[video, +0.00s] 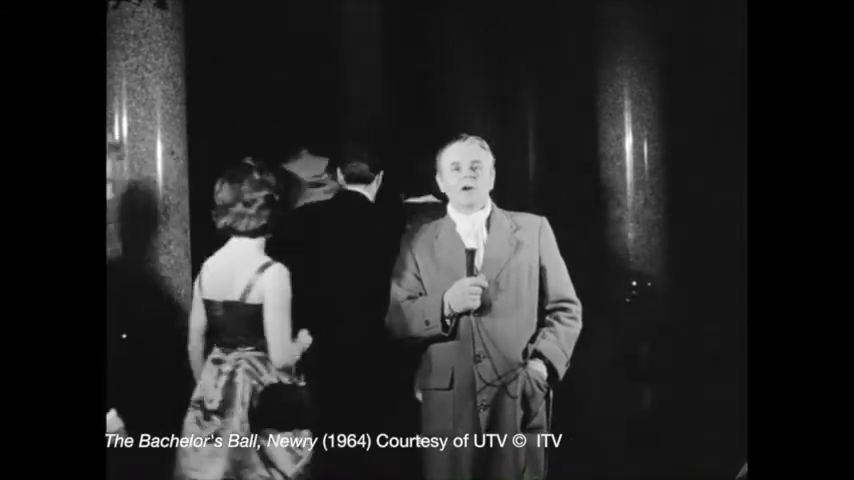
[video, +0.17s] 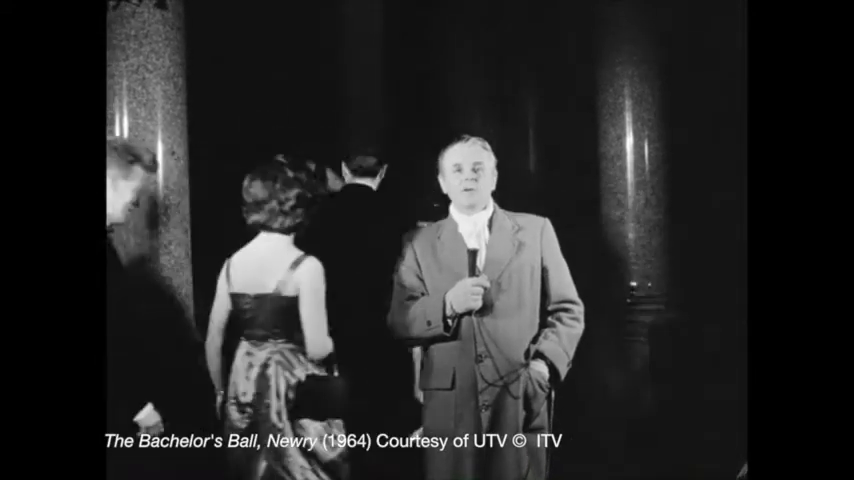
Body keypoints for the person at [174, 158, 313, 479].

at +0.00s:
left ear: (225, 211)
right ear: (273, 213)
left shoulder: (207, 269)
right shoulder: (272, 273)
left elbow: (195, 341)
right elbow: (281, 357)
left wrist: (205, 386)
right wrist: (301, 343)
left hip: (213, 390)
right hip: (259, 397)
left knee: (212, 469)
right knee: (258, 471)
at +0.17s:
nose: (309, 211)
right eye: (305, 204)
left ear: (254, 207)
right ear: (299, 210)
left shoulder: (233, 264)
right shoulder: (305, 267)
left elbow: (214, 337)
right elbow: (317, 349)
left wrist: (219, 390)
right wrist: (332, 341)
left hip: (242, 382)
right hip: (290, 385)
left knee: (247, 463)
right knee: (293, 465)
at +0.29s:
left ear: (270, 207)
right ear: (316, 207)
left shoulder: (251, 264)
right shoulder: (327, 266)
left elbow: (230, 335)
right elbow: (339, 345)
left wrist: (231, 390)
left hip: (261, 373)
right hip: (308, 374)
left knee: (268, 457)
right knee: (313, 459)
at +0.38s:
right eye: (332, 201)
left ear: (281, 208)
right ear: (328, 209)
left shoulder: (262, 266)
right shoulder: (338, 267)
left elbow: (242, 338)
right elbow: (351, 345)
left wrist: (241, 393)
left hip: (273, 376)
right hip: (320, 379)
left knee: (280, 462)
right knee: (327, 464)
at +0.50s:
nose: (351, 212)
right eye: (346, 205)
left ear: (297, 212)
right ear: (340, 212)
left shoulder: (278, 267)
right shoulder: (354, 268)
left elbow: (261, 338)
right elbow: (362, 345)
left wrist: (254, 394)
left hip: (289, 378)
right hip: (335, 380)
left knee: (290, 462)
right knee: (336, 462)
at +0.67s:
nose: (361, 202)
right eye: (358, 196)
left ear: (314, 204)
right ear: (355, 203)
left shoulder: (298, 260)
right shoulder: (366, 260)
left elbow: (283, 335)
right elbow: (375, 336)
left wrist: (284, 381)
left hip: (307, 371)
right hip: (350, 373)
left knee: (308, 456)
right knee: (351, 456)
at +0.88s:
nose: (387, 206)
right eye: (382, 200)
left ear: (340, 205)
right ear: (377, 206)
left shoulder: (321, 254)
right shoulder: (384, 254)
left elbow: (309, 314)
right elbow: (391, 318)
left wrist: (320, 344)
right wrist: (400, 350)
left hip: (333, 346)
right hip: (371, 347)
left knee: (334, 425)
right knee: (373, 425)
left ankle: (337, 469)